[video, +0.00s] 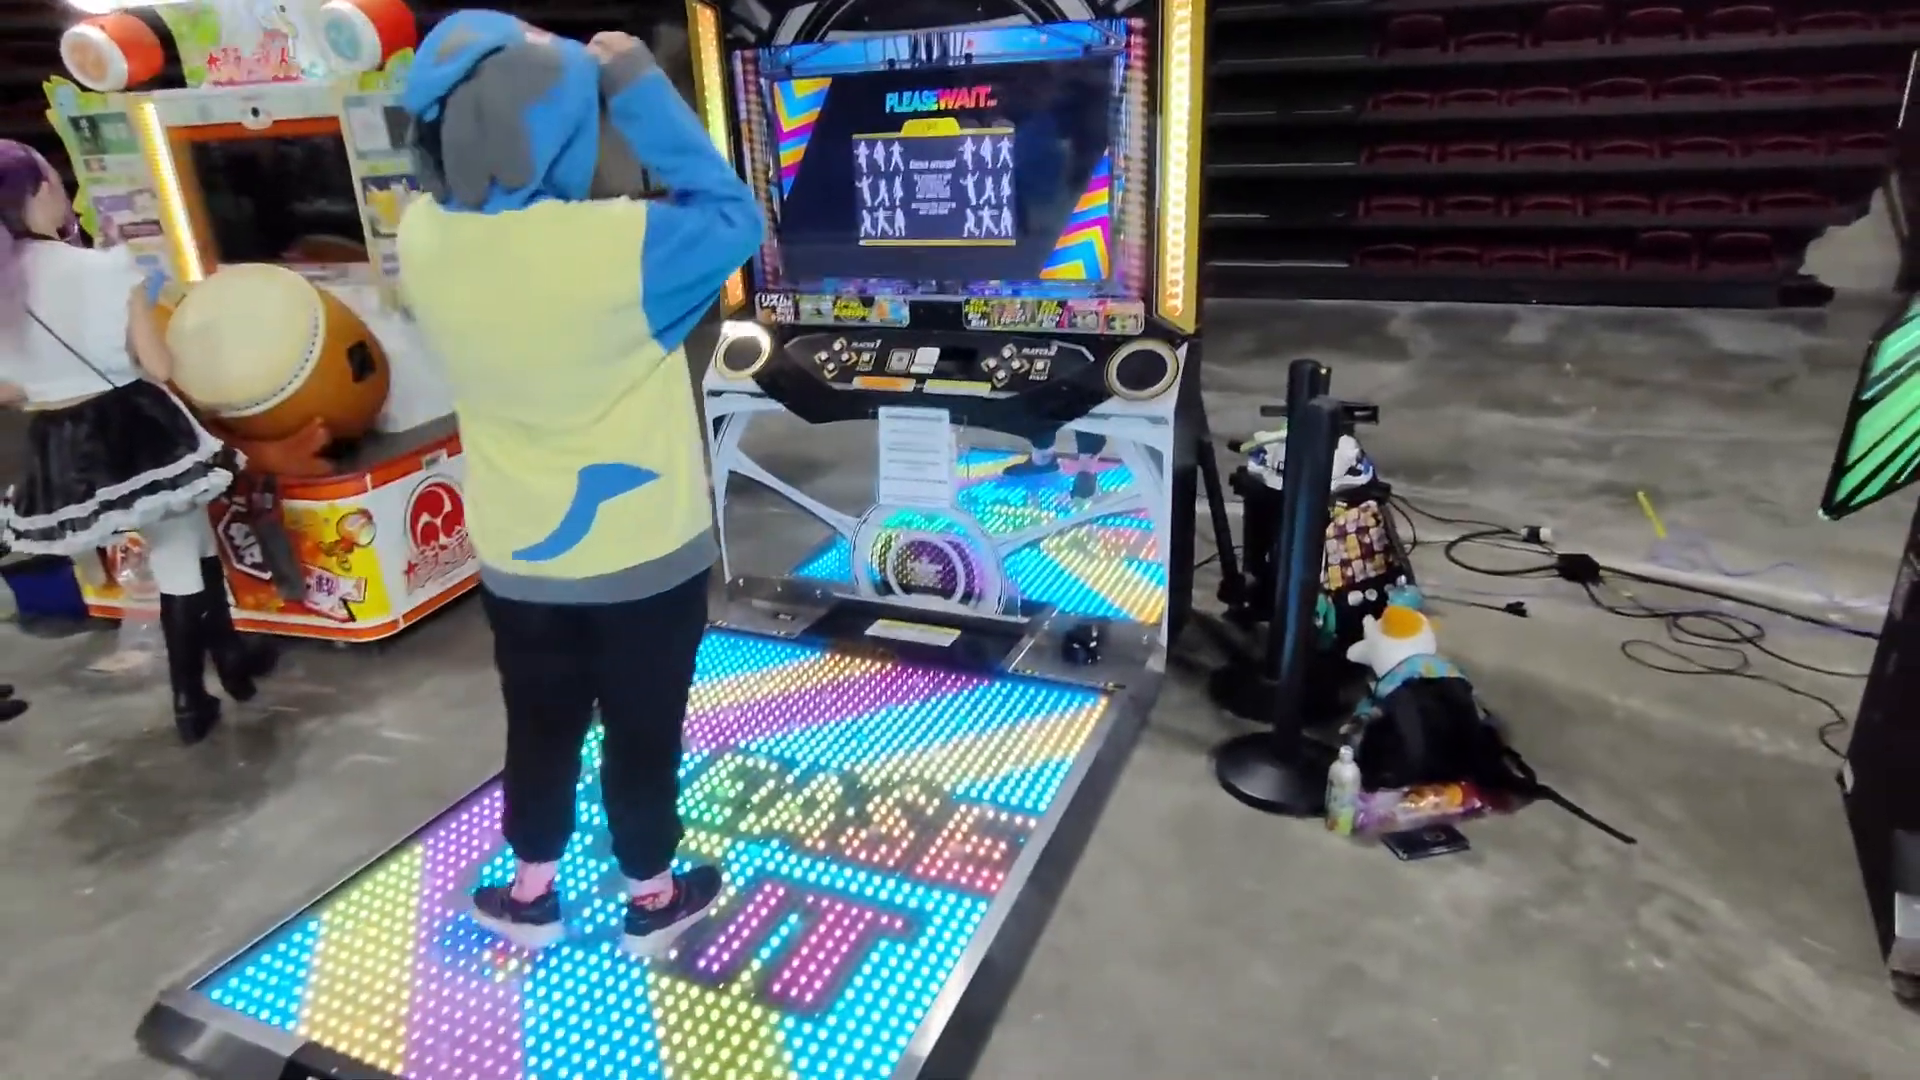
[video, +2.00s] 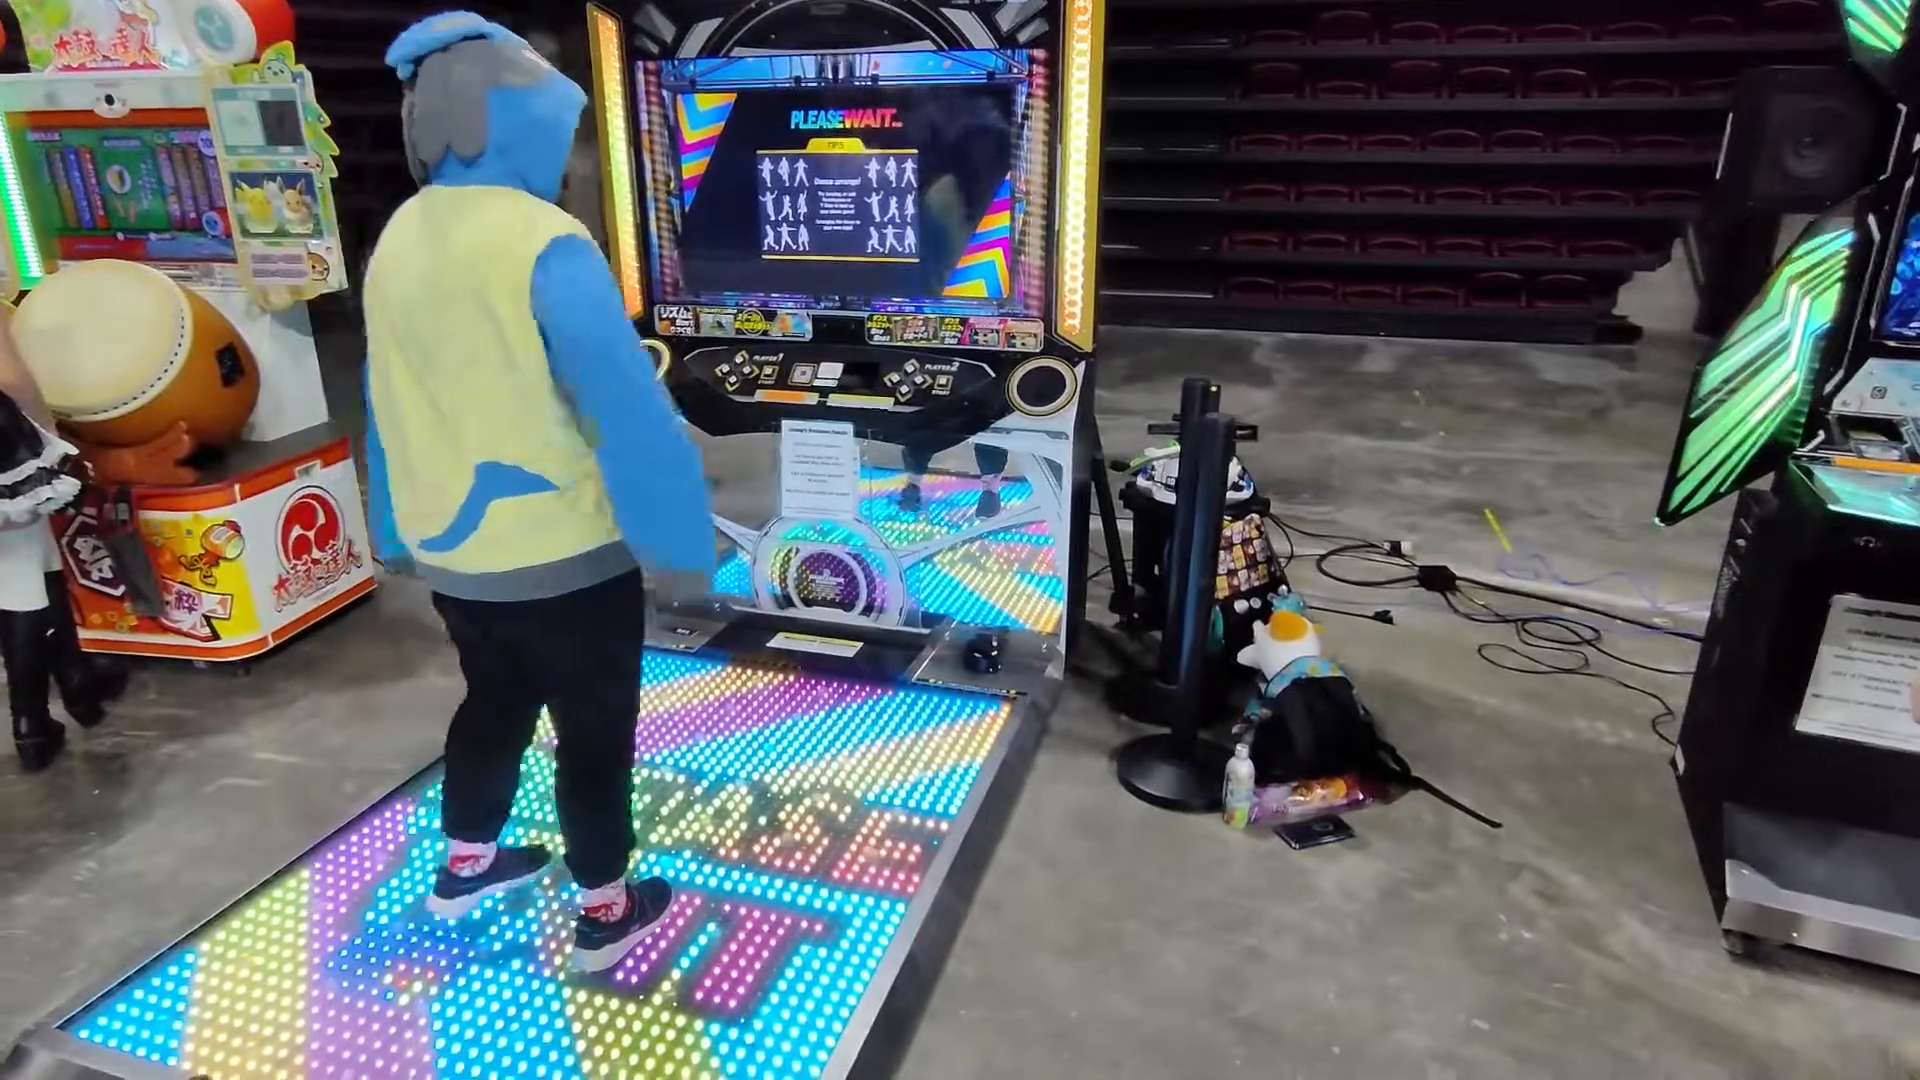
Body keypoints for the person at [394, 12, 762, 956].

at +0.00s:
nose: (600, 141)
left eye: (594, 123)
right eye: (588, 124)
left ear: (466, 147)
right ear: (561, 145)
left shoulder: (428, 248)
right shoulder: (624, 247)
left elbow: (449, 179)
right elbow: (733, 217)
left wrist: (475, 75)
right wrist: (644, 90)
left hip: (516, 557)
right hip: (646, 554)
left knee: (538, 724)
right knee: (643, 732)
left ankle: (531, 885)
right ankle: (650, 894)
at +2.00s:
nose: (554, 132)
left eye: (548, 113)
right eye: (539, 114)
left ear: (442, 129)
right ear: (500, 123)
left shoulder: (398, 239)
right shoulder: (546, 243)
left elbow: (387, 399)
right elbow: (625, 401)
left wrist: (398, 526)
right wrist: (681, 536)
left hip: (455, 555)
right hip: (567, 557)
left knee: (497, 693)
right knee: (596, 727)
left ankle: (466, 856)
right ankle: (603, 904)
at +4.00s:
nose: (455, 152)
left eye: (447, 131)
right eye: (442, 132)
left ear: (310, 147)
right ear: (407, 142)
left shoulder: (263, 253)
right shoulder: (452, 277)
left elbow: (364, 351)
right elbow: (567, 372)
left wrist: (494, 377)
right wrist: (672, 391)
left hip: (344, 591)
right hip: (480, 588)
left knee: (405, 731)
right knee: (542, 755)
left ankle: (420, 903)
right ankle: (585, 926)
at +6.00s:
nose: (530, 164)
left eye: (519, 147)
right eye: (516, 149)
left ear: (401, 177)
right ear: (494, 164)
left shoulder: (365, 276)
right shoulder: (567, 295)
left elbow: (331, 388)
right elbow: (707, 384)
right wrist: (837, 430)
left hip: (431, 597)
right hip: (563, 607)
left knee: (464, 754)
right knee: (575, 777)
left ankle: (472, 916)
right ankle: (603, 949)